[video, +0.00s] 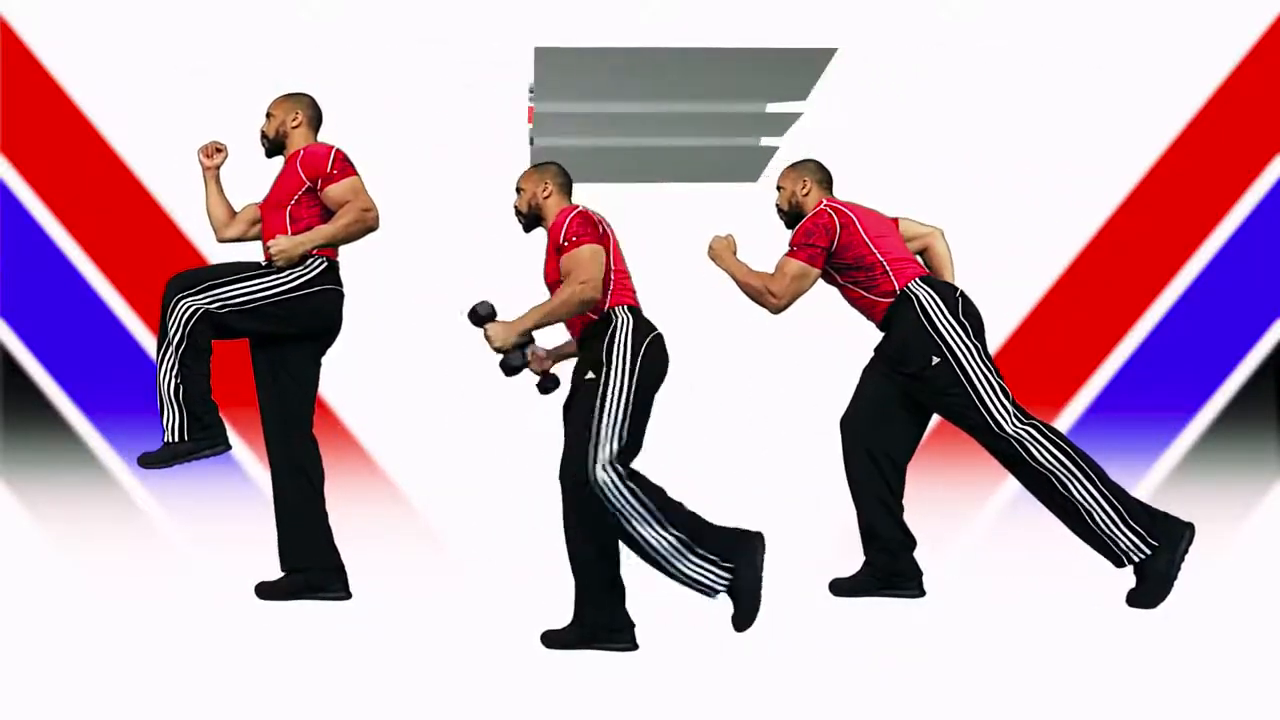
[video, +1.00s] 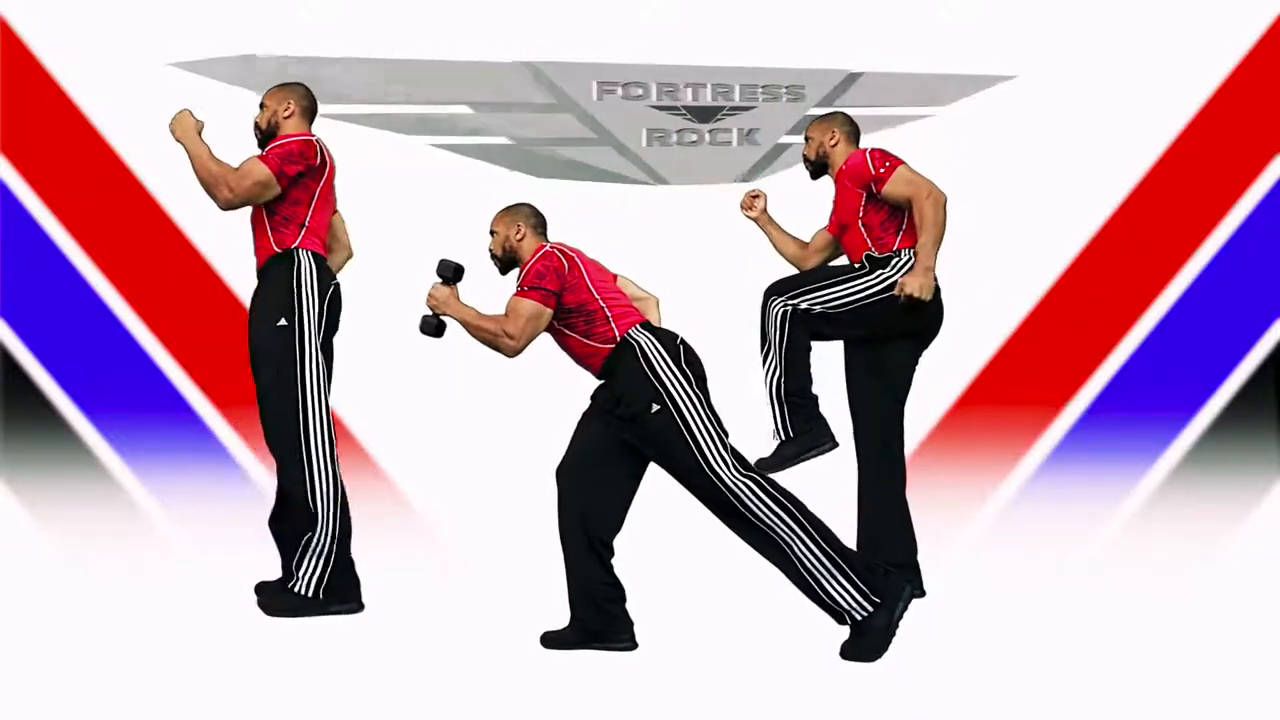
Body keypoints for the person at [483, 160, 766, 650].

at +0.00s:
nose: (517, 202)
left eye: (521, 192)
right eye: (516, 194)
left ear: (546, 188)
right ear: (549, 190)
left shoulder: (575, 220)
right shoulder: (559, 241)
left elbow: (587, 287)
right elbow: (595, 326)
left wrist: (517, 325)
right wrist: (551, 355)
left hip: (622, 341)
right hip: (598, 355)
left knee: (601, 470)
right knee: (577, 480)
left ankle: (733, 558)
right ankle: (602, 619)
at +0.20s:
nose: (497, 218)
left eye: (502, 208)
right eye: (497, 211)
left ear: (527, 204)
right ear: (531, 208)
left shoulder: (553, 234)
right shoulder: (561, 245)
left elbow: (528, 307)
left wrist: (462, 296)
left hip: (634, 348)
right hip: (609, 367)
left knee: (698, 472)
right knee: (584, 491)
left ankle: (836, 580)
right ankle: (601, 622)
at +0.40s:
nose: (493, 236)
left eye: (499, 225)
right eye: (494, 228)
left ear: (525, 221)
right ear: (532, 228)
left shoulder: (549, 249)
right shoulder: (569, 257)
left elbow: (512, 322)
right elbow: (644, 298)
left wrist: (457, 293)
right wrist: (651, 362)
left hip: (646, 357)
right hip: (623, 373)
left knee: (720, 476)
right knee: (584, 487)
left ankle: (856, 593)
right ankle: (603, 622)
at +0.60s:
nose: (491, 243)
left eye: (497, 233)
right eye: (492, 236)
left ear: (525, 228)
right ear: (533, 234)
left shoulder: (548, 256)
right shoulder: (567, 264)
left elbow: (511, 332)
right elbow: (645, 301)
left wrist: (457, 302)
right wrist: (658, 368)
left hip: (648, 358)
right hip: (626, 375)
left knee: (726, 480)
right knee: (583, 489)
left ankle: (861, 600)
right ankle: (602, 623)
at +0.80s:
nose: (489, 245)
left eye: (495, 234)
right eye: (489, 237)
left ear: (522, 230)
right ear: (529, 235)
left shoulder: (545, 260)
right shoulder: (563, 265)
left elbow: (508, 336)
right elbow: (644, 302)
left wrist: (453, 306)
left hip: (647, 361)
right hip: (623, 379)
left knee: (729, 482)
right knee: (579, 487)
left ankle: (864, 599)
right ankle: (601, 623)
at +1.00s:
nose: (489, 245)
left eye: (495, 234)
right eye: (490, 236)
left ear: (522, 230)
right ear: (530, 234)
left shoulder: (546, 262)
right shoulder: (565, 264)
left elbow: (509, 338)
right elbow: (644, 301)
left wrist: (453, 307)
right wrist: (655, 371)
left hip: (649, 362)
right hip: (626, 379)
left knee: (730, 485)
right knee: (580, 486)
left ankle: (868, 600)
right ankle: (601, 623)